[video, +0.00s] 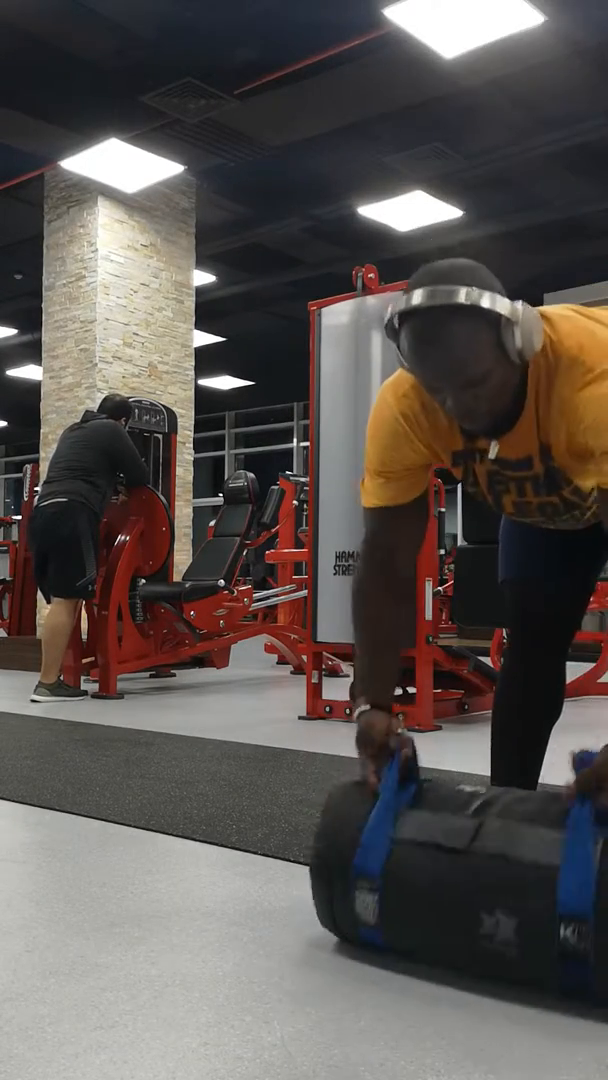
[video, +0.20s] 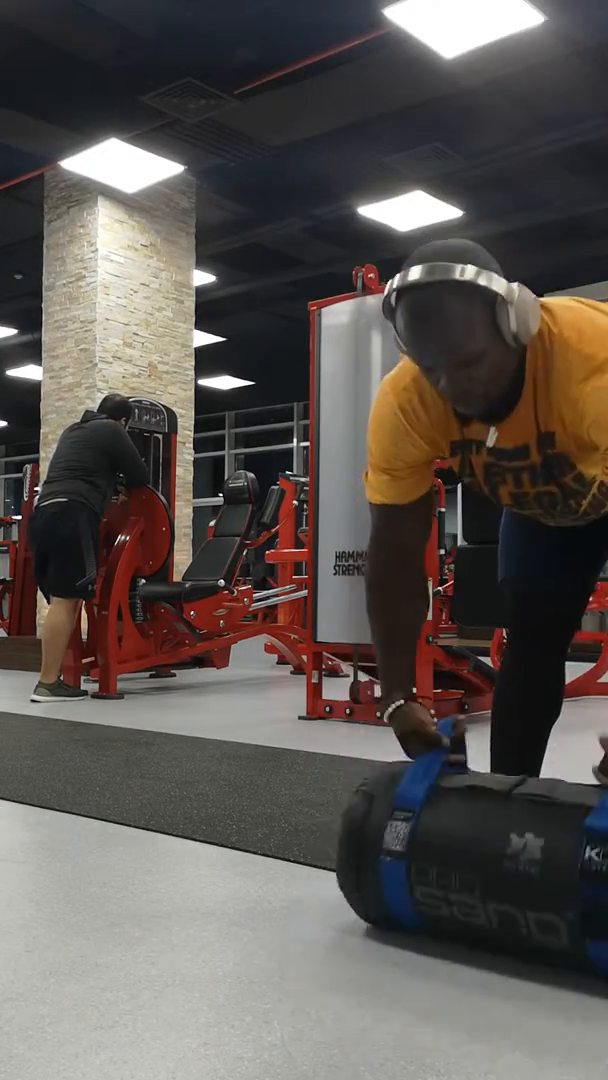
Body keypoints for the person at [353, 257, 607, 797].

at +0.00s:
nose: (458, 409)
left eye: (474, 385)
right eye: (438, 392)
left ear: (515, 348)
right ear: (416, 374)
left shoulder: (591, 388)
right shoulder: (404, 409)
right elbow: (385, 558)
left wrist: (606, 759)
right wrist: (375, 703)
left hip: (603, 491)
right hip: (543, 506)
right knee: (530, 656)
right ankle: (505, 820)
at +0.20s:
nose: (454, 388)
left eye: (468, 364)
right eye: (433, 372)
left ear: (512, 323)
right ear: (413, 356)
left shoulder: (592, 365)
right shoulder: (406, 404)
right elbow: (394, 555)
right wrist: (396, 696)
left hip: (604, 492)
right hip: (547, 507)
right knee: (531, 648)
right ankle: (506, 812)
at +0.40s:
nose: (447, 370)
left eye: (463, 347)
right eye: (428, 352)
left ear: (512, 319)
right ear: (411, 345)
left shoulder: (593, 364)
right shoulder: (408, 403)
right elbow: (411, 551)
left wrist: (607, 719)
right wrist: (415, 688)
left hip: (606, 499)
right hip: (548, 510)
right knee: (528, 649)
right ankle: (507, 819)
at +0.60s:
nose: (435, 279)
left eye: (456, 254)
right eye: (420, 262)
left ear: (508, 246)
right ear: (406, 270)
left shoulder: (591, 311)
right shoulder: (407, 356)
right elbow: (419, 504)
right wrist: (429, 645)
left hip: (603, 486)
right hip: (544, 498)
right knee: (514, 641)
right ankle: (505, 812)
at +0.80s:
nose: (426, 180)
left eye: (447, 159)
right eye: (414, 166)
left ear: (506, 163)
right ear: (408, 182)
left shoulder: (582, 250)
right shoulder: (403, 293)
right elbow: (402, 441)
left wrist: (598, 567)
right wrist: (417, 567)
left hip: (600, 477)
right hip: (515, 480)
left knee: (599, 666)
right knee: (482, 654)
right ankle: (500, 843)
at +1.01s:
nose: (424, 109)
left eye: (445, 93)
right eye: (418, 99)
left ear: (503, 105)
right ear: (414, 123)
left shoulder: (576, 202)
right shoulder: (395, 242)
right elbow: (394, 376)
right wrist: (408, 491)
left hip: (590, 468)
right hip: (485, 477)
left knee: (596, 646)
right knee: (476, 649)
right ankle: (504, 835)